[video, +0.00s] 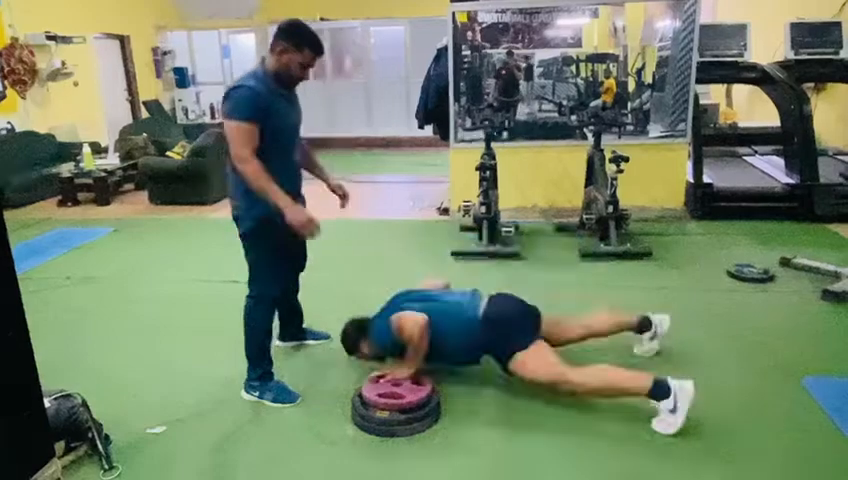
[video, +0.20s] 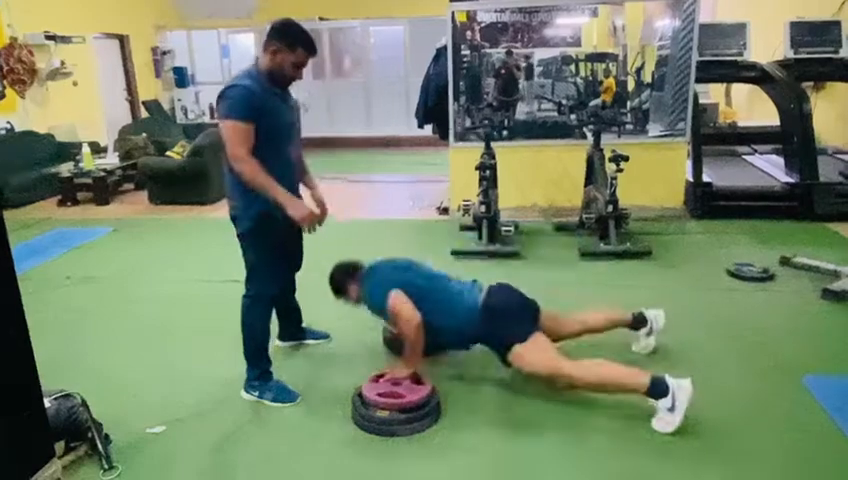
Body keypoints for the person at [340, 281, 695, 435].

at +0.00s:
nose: (367, 360)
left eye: (362, 356)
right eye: (363, 357)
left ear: (364, 343)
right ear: (369, 325)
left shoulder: (383, 329)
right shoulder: (398, 302)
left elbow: (417, 324)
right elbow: (441, 284)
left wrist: (408, 365)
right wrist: (437, 315)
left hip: (496, 331)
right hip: (501, 303)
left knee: (564, 378)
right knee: (572, 330)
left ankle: (665, 390)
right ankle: (646, 323)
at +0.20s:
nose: (353, 302)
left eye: (348, 298)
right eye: (350, 299)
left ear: (351, 289)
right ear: (359, 272)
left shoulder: (376, 286)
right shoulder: (387, 268)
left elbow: (411, 320)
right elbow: (430, 312)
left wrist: (410, 368)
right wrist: (408, 338)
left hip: (491, 321)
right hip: (497, 296)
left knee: (561, 372)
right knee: (566, 326)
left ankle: (662, 389)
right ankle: (641, 319)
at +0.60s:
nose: (377, 264)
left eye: (373, 259)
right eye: (373, 261)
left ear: (374, 247)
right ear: (378, 234)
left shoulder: (403, 252)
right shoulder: (410, 231)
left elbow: (412, 312)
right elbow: (426, 293)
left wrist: (407, 362)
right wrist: (415, 329)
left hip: (510, 292)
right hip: (514, 271)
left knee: (571, 355)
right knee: (576, 313)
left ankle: (672, 387)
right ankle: (647, 320)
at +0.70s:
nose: (395, 267)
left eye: (390, 263)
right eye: (390, 264)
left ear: (391, 250)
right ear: (395, 239)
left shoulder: (417, 250)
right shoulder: (422, 233)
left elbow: (421, 316)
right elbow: (435, 292)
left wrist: (410, 365)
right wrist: (416, 322)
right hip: (536, 237)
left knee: (549, 340)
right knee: (558, 299)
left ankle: (643, 376)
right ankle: (626, 315)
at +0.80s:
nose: (421, 269)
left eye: (416, 265)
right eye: (417, 266)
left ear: (419, 253)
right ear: (420, 242)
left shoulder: (443, 249)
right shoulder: (443, 236)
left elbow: (441, 313)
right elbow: (444, 300)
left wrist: (411, 363)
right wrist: (428, 325)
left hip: (560, 237)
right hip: (557, 223)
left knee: (518, 321)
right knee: (544, 289)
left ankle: (591, 375)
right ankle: (587, 325)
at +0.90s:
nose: (442, 275)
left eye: (438, 270)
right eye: (439, 272)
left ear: (441, 259)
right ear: (445, 248)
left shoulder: (465, 258)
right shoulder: (465, 243)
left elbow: (451, 325)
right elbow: (456, 292)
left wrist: (413, 363)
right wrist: (430, 319)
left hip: (583, 262)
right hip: (578, 248)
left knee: (514, 316)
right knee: (522, 298)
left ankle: (578, 375)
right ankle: (569, 340)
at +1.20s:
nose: (469, 234)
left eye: (466, 227)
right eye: (465, 229)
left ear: (475, 217)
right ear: (481, 209)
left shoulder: (508, 228)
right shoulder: (505, 218)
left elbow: (504, 299)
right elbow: (496, 272)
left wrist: (462, 337)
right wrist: (459, 298)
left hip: (604, 273)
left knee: (531, 315)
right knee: (523, 294)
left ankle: (580, 380)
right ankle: (571, 347)